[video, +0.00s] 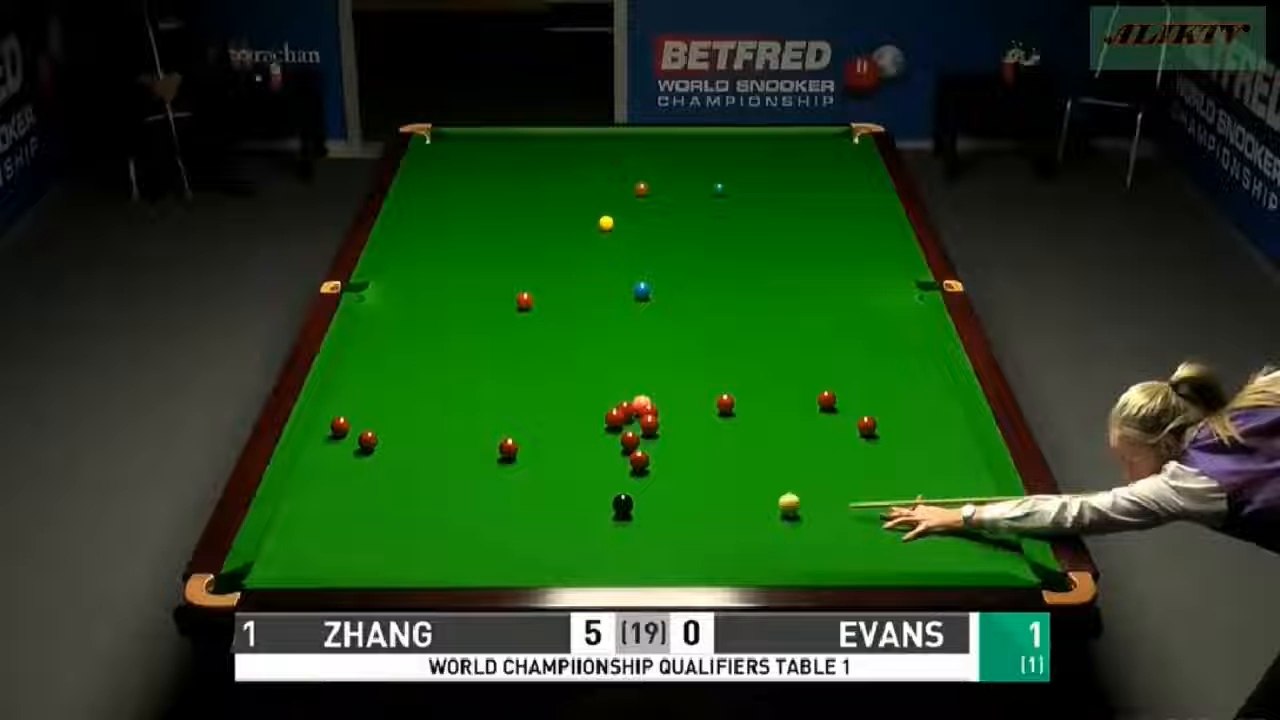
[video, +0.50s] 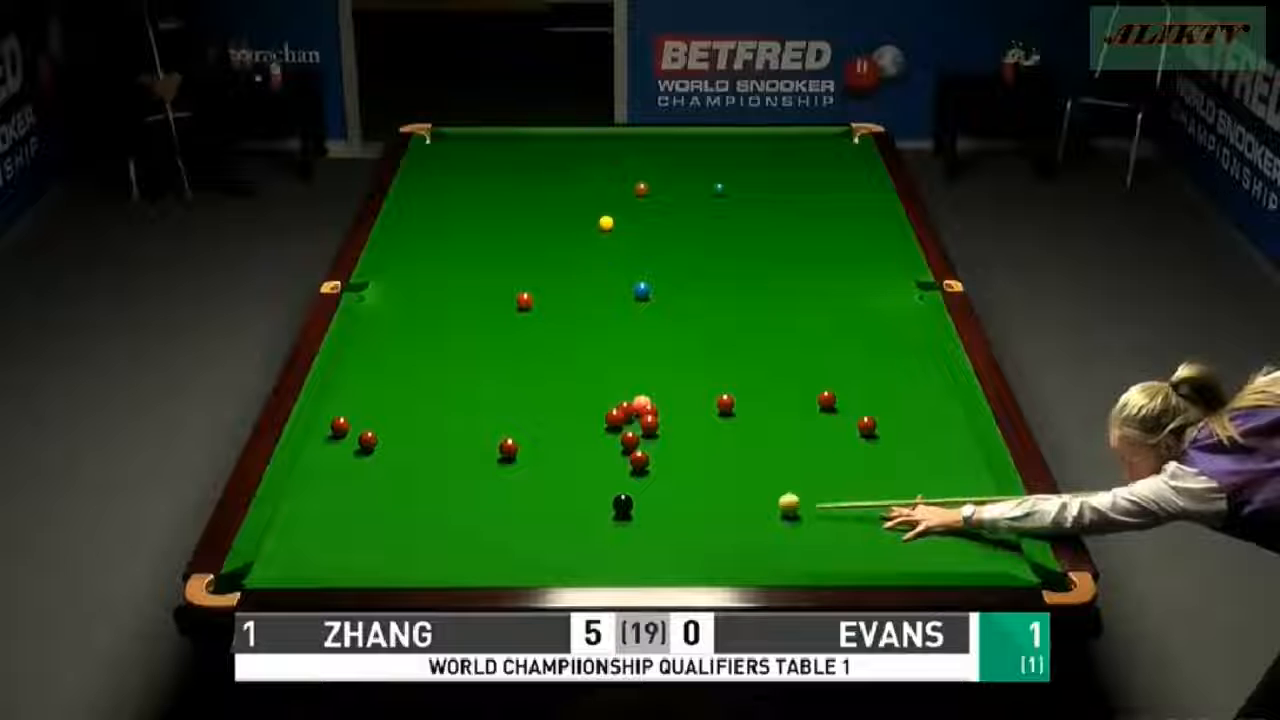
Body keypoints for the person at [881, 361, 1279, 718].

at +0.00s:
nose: (1122, 471)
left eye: (1126, 458)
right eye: (1119, 458)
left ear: (1163, 448)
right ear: (1183, 429)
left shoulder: (1189, 481)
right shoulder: (1257, 400)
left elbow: (1077, 512)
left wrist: (961, 515)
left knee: (1257, 709)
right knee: (1256, 706)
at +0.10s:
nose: (1122, 471)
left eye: (1127, 458)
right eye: (1119, 458)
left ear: (1163, 449)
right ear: (1184, 428)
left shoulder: (1189, 481)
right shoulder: (1257, 400)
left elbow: (1077, 512)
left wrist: (961, 515)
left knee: (1257, 709)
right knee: (1256, 706)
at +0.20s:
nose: (1122, 471)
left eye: (1126, 458)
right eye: (1118, 457)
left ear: (1163, 449)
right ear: (1183, 429)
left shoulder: (1189, 481)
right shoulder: (1256, 401)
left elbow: (1078, 511)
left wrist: (962, 515)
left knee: (1257, 710)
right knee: (1256, 706)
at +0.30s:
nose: (1122, 470)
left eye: (1126, 458)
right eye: (1118, 457)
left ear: (1162, 449)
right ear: (1184, 429)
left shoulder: (1191, 481)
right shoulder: (1255, 402)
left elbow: (1078, 512)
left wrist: (962, 515)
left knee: (1257, 710)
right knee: (1256, 706)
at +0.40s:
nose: (1122, 470)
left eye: (1126, 458)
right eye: (1118, 457)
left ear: (1163, 449)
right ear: (1183, 429)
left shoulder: (1189, 481)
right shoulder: (1256, 401)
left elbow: (1077, 512)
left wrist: (962, 515)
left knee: (1257, 710)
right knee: (1256, 706)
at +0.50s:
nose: (1122, 471)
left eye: (1126, 458)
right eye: (1118, 457)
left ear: (1163, 448)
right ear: (1183, 430)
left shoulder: (1190, 481)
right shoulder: (1256, 401)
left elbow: (1078, 512)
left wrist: (962, 515)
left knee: (1257, 710)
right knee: (1256, 706)